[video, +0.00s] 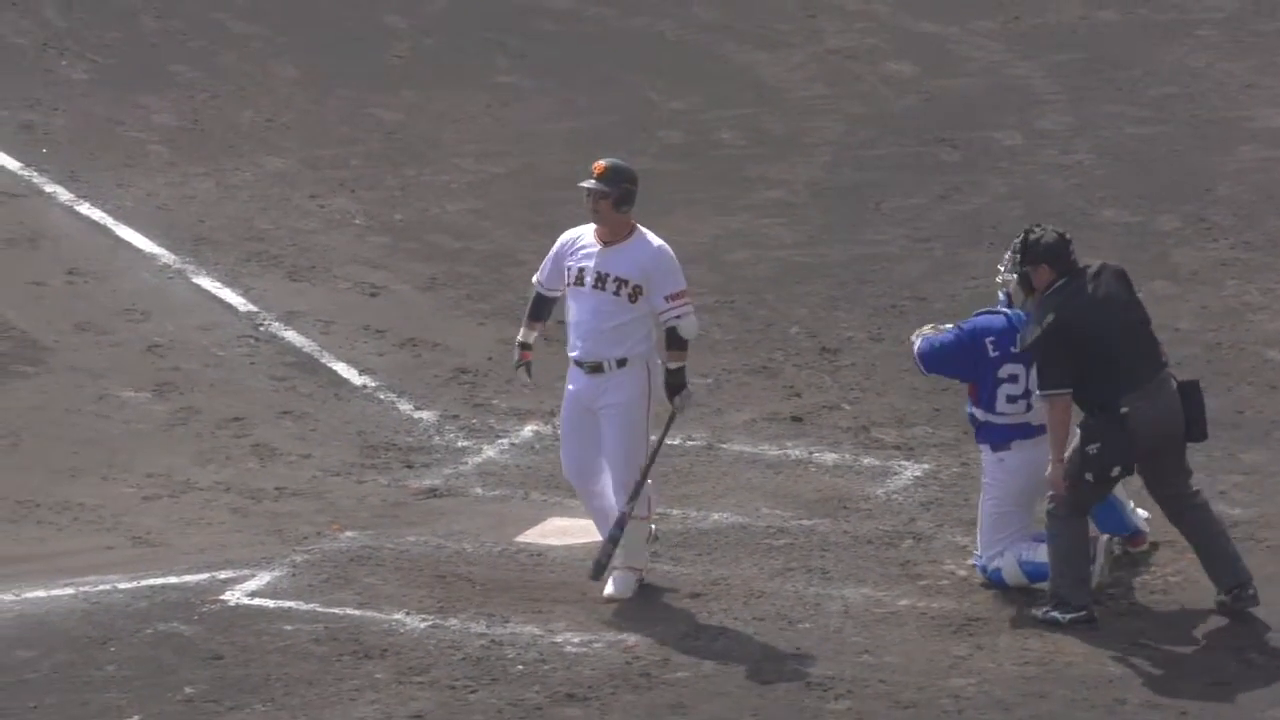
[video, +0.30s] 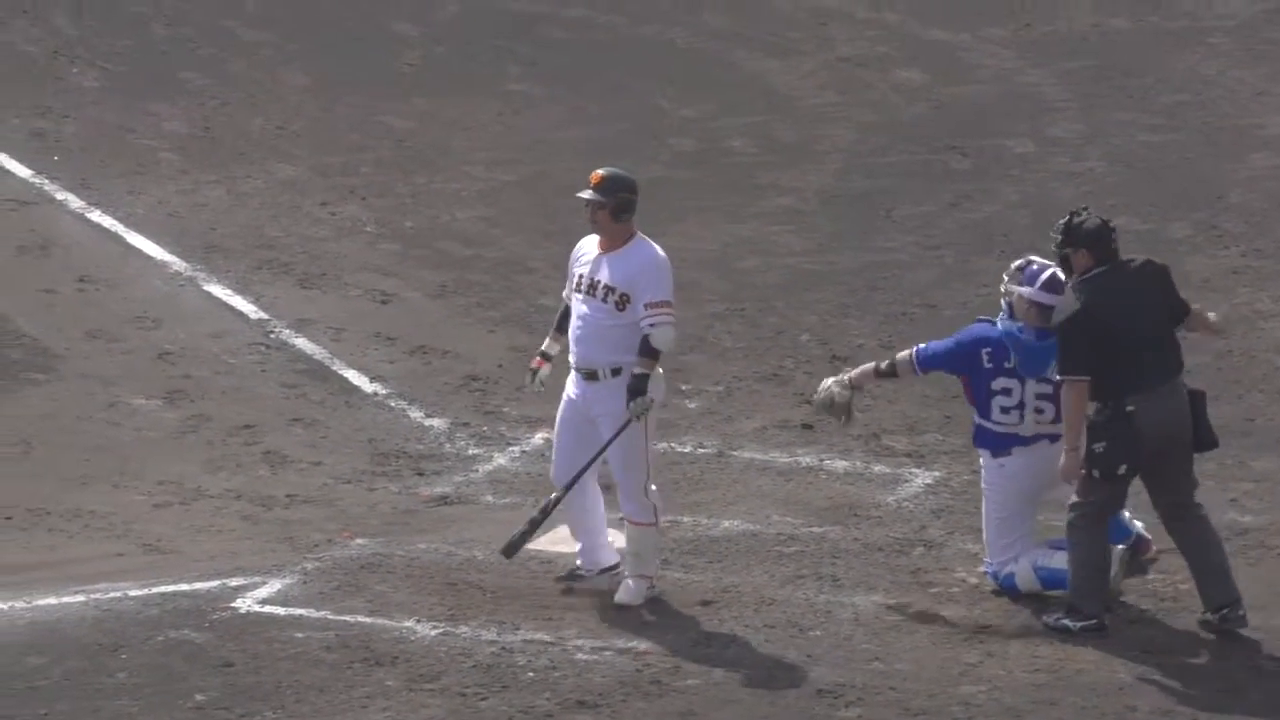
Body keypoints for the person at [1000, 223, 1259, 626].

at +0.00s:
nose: (1026, 277)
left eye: (1028, 269)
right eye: (1025, 269)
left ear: (1044, 270)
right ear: (1065, 261)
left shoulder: (1052, 321)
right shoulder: (1111, 277)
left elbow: (1059, 402)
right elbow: (1144, 342)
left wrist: (1057, 461)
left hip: (1119, 419)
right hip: (1165, 397)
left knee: (1066, 502)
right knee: (1179, 493)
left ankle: (1071, 603)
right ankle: (1238, 586)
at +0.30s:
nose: (1065, 262)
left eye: (1067, 254)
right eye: (1065, 254)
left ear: (1083, 256)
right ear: (1108, 248)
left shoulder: (1078, 307)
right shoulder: (1149, 273)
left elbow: (1075, 385)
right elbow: (1186, 317)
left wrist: (1071, 448)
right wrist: (1207, 323)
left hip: (1122, 417)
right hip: (1172, 404)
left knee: (1089, 512)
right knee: (1181, 506)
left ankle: (1086, 610)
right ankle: (1226, 604)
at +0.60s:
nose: (1128, 250)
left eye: (1130, 243)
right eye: (1129, 243)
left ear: (1143, 247)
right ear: (1175, 240)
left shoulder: (1133, 302)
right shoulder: (1211, 267)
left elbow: (1122, 378)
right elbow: (1237, 251)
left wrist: (1105, 434)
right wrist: (1227, 197)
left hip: (1158, 412)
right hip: (1212, 402)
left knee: (1128, 510)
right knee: (1215, 510)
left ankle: (1102, 605)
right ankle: (1240, 609)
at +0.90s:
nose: (1179, 238)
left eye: (1182, 232)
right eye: (1180, 231)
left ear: (1199, 235)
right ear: (1224, 229)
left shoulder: (1188, 285)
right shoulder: (1254, 259)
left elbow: (1180, 364)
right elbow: (1236, 231)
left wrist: (1160, 422)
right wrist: (1224, 194)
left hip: (1204, 402)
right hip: (1252, 393)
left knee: (1161, 495)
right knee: (1234, 491)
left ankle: (1129, 591)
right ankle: (1246, 598)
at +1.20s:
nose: (1201, 227)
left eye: (1205, 221)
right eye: (1204, 219)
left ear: (1222, 224)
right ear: (1246, 218)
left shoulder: (1216, 270)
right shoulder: (1270, 245)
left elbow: (1216, 351)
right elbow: (1246, 219)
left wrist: (1198, 419)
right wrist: (1230, 174)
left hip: (1235, 393)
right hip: (1272, 386)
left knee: (1185, 485)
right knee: (1249, 481)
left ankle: (1159, 583)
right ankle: (1253, 586)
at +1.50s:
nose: (1214, 219)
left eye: (1217, 212)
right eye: (1216, 212)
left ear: (1232, 217)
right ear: (1258, 213)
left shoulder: (1228, 263)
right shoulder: (1273, 246)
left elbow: (1229, 341)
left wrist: (1217, 408)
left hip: (1243, 390)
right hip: (1271, 385)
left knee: (1216, 484)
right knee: (1259, 478)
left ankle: (1245, 586)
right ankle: (1260, 576)